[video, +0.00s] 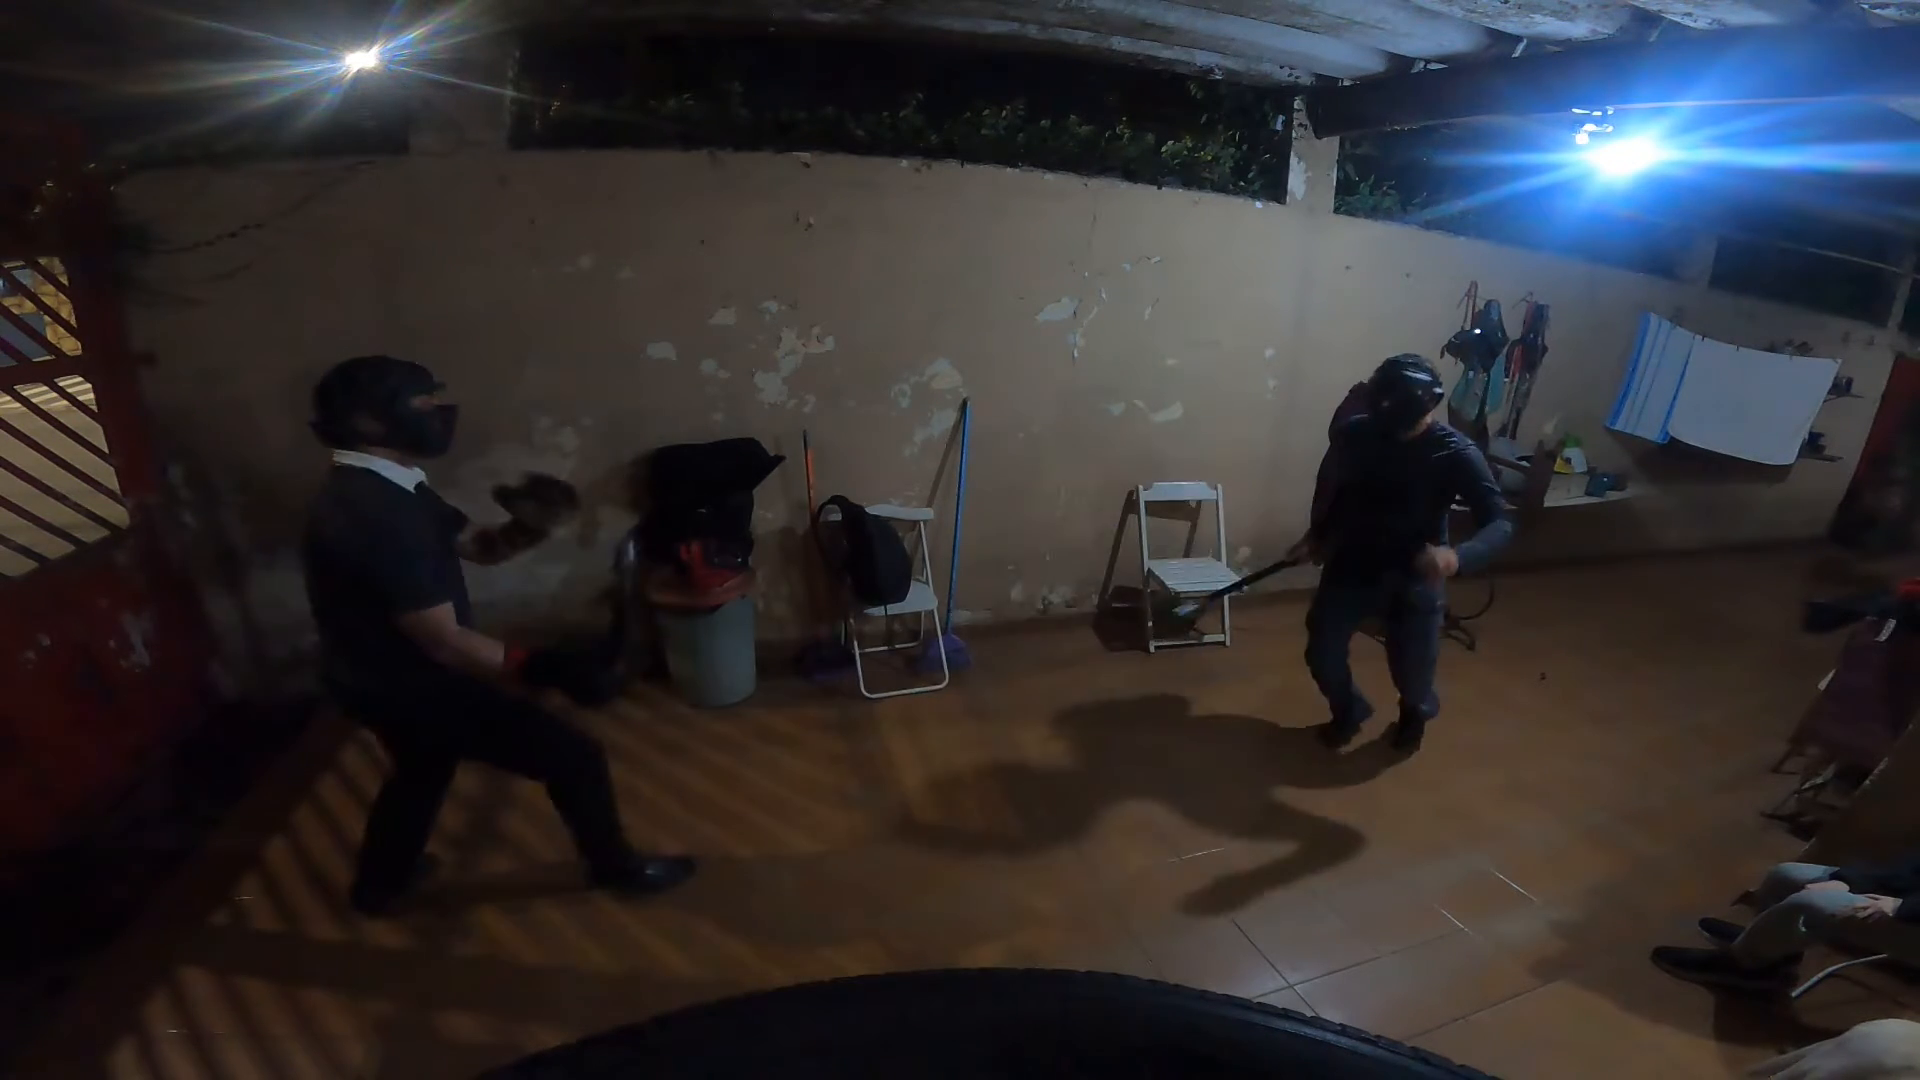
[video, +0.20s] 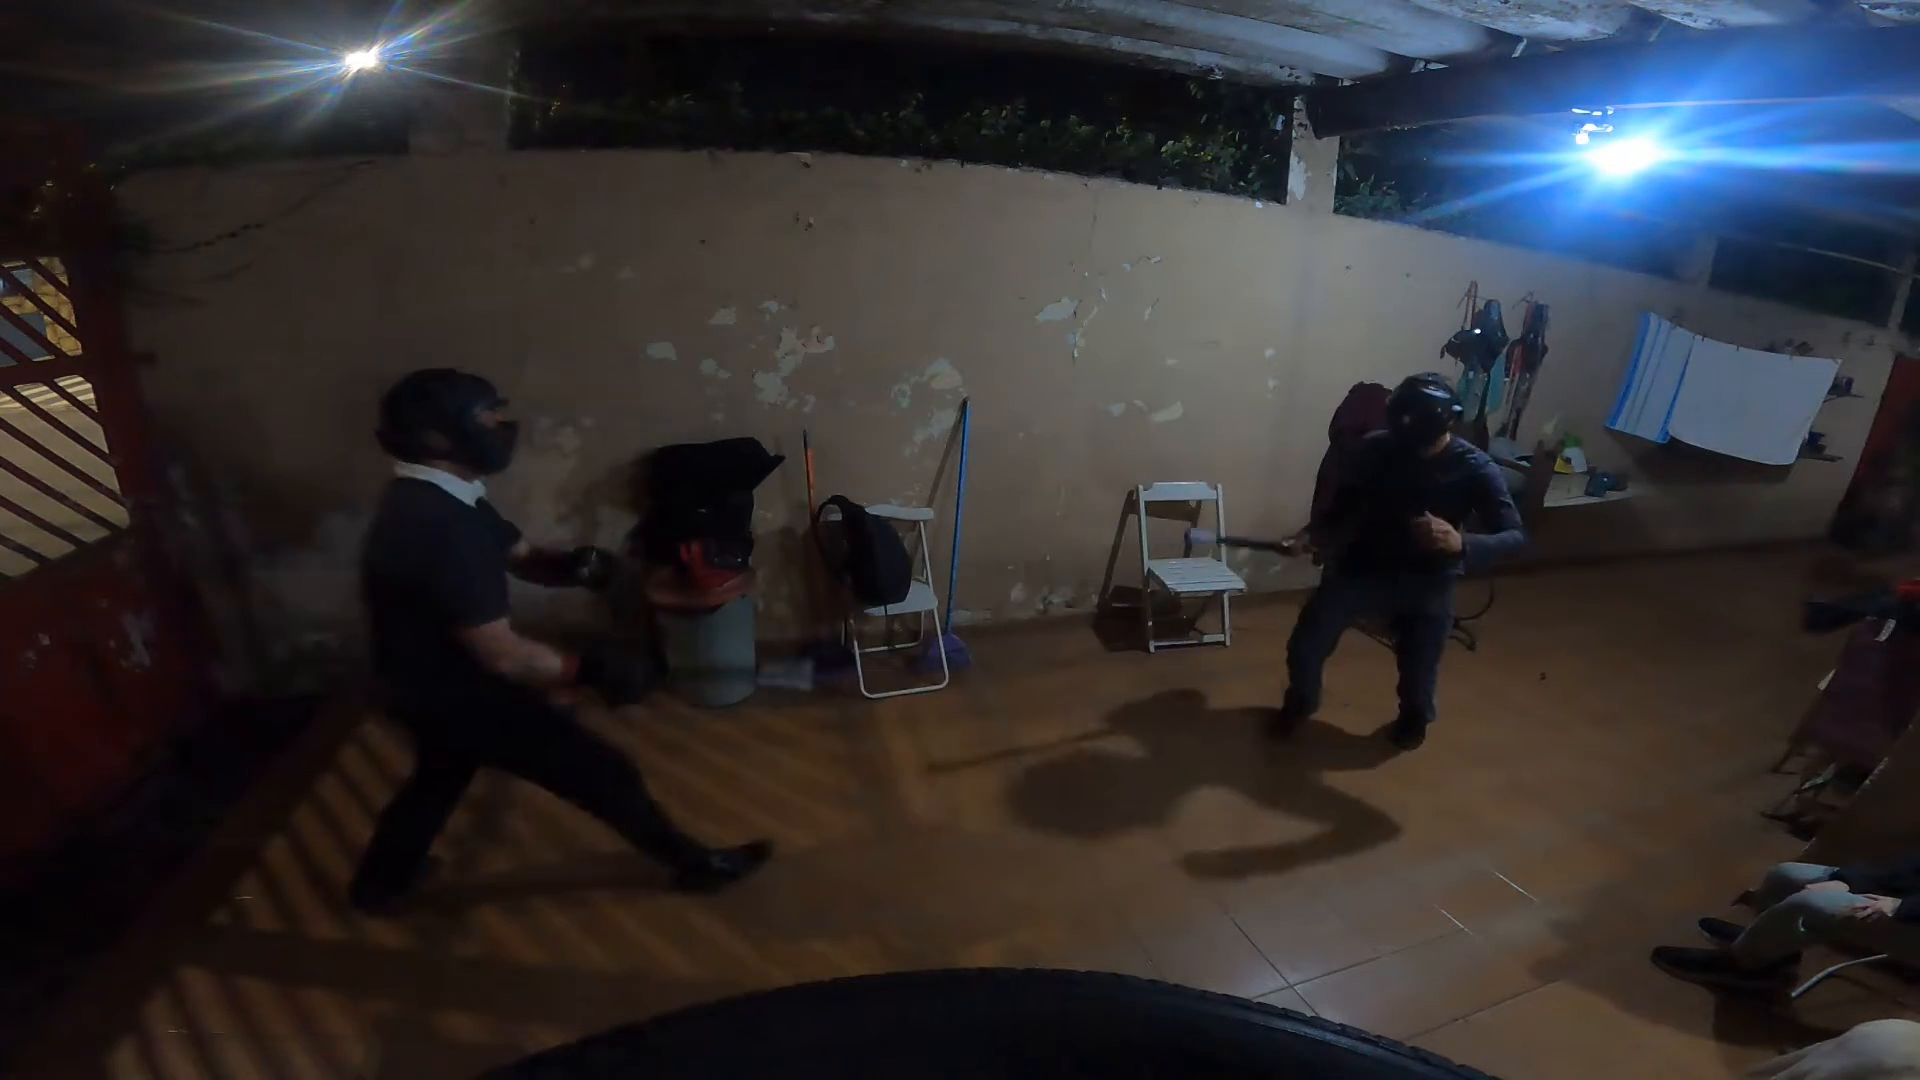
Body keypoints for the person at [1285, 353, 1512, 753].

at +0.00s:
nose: (1393, 424)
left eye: (1404, 416)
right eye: (1387, 413)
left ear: (1427, 410)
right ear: (1377, 402)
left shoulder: (1454, 453)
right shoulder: (1354, 435)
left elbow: (1500, 525)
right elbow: (1331, 493)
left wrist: (1458, 556)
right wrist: (1316, 537)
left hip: (1414, 571)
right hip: (1353, 560)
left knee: (1411, 671)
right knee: (1322, 655)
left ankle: (1414, 714)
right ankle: (1348, 711)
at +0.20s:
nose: (1410, 444)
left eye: (1419, 436)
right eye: (1403, 432)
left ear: (1445, 426)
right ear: (1394, 423)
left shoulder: (1475, 469)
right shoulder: (1375, 451)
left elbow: (1515, 537)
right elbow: (1344, 510)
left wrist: (1463, 541)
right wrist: (1315, 538)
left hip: (1427, 578)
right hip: (1362, 566)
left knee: (1418, 663)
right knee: (1304, 645)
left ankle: (1414, 720)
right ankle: (1301, 700)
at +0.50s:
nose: (1381, 432)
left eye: (1392, 425)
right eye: (1376, 420)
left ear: (1417, 415)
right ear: (1368, 409)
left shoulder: (1447, 462)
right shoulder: (1342, 440)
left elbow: (1475, 516)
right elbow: (1311, 488)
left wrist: (1472, 571)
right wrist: (1273, 533)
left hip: (1397, 574)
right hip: (1331, 562)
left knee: (1390, 671)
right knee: (1293, 634)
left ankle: (1379, 713)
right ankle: (1264, 712)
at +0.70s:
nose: (1362, 436)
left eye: (1373, 429)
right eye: (1360, 424)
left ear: (1402, 426)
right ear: (1356, 419)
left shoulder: (1431, 471)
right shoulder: (1330, 450)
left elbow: (1464, 533)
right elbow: (1301, 499)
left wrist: (1468, 577)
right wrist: (1265, 544)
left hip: (1376, 582)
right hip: (1313, 564)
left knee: (1368, 675)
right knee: (1257, 643)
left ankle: (1341, 708)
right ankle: (1236, 703)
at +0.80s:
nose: (1350, 446)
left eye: (1360, 439)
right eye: (1346, 436)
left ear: (1386, 432)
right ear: (1338, 430)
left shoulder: (1420, 482)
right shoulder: (1317, 460)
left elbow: (1438, 541)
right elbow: (1283, 510)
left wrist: (1442, 582)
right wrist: (1257, 558)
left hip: (1361, 589)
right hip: (1301, 572)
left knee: (1361, 682)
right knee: (1240, 645)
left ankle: (1340, 713)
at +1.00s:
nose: (1306, 504)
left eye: (1313, 495)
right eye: (1296, 494)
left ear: (1330, 487)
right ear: (1283, 482)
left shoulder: (1350, 520)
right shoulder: (1256, 504)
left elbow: (1357, 584)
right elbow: (1182, 548)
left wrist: (1313, 604)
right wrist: (1199, 592)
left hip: (1316, 616)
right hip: (1250, 609)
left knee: (1356, 698)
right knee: (1200, 687)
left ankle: (1348, 720)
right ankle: (1127, 760)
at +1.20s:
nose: (1311, 528)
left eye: (1317, 520)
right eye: (1303, 519)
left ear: (1323, 515)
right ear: (1278, 515)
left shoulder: (1334, 532)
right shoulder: (1240, 535)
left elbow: (1380, 555)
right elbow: (1163, 563)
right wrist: (1081, 580)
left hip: (1299, 626)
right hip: (1235, 626)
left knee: (1351, 694)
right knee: (1196, 703)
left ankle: (1347, 720)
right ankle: (1126, 764)